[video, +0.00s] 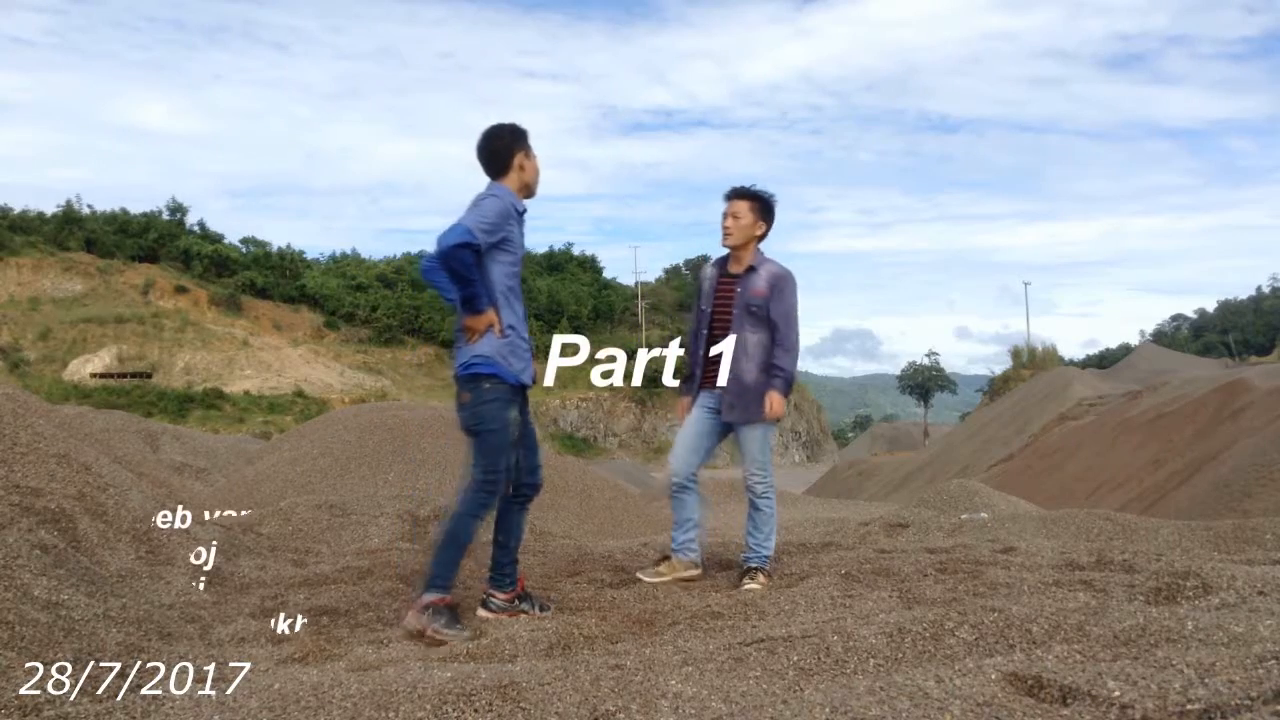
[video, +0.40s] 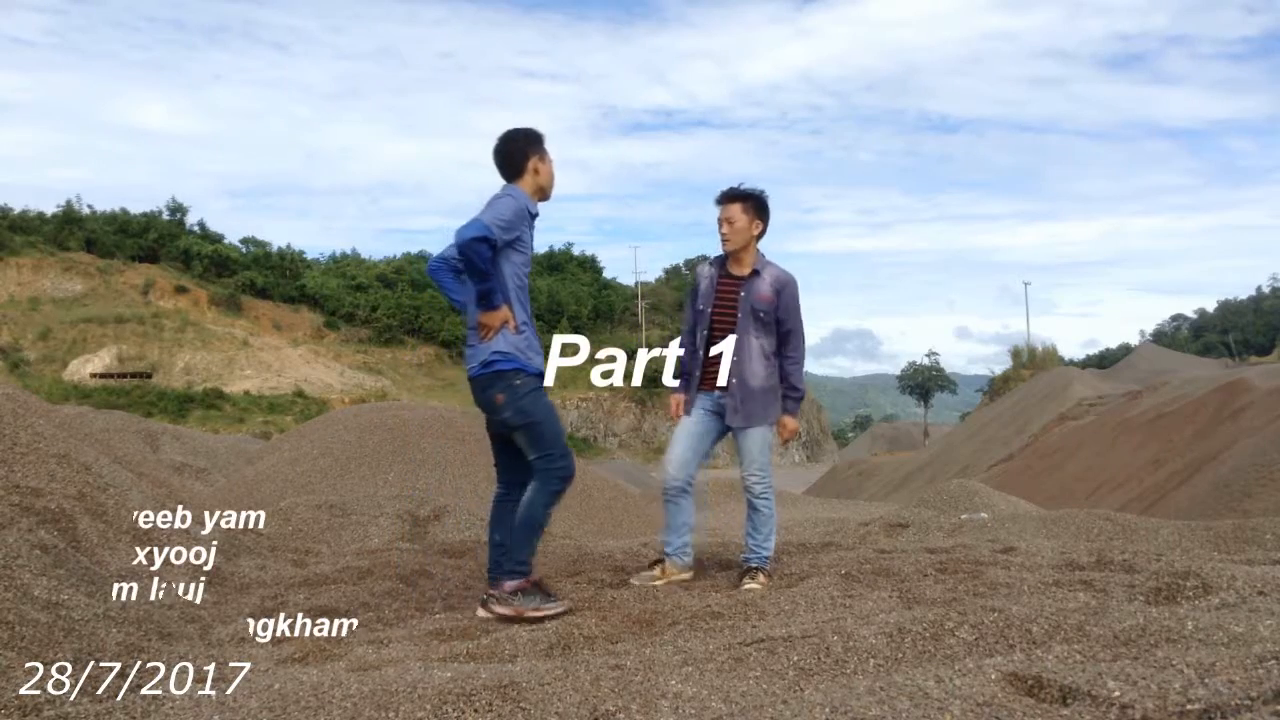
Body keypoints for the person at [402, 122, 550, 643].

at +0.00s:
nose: (538, 166)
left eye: (533, 157)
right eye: (533, 156)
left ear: (500, 165)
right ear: (520, 161)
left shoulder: (497, 209)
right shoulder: (499, 203)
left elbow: (432, 267)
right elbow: (450, 248)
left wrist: (473, 312)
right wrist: (474, 308)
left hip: (504, 378)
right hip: (489, 376)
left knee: (524, 480)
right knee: (487, 485)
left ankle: (504, 591)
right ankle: (432, 600)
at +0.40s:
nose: (553, 170)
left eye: (550, 160)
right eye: (549, 160)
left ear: (512, 168)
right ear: (536, 164)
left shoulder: (496, 210)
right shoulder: (516, 203)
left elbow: (440, 265)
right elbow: (472, 239)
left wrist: (474, 312)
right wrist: (492, 303)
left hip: (489, 371)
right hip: (509, 368)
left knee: (513, 479)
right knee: (555, 468)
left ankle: (501, 587)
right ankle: (514, 582)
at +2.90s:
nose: (472, 147)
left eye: (470, 136)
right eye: (469, 136)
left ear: (429, 132)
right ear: (452, 133)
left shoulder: (411, 180)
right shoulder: (416, 175)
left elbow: (443, 249)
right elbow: (454, 241)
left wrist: (461, 225)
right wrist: (530, 195)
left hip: (418, 375)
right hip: (405, 374)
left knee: (480, 465)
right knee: (394, 504)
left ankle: (440, 586)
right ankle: (348, 634)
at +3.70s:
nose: (590, 152)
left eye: (586, 143)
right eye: (581, 142)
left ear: (563, 152)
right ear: (559, 148)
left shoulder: (581, 218)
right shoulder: (513, 200)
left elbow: (628, 239)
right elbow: (484, 276)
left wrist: (685, 250)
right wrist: (514, 343)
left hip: (559, 376)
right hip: (511, 374)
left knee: (556, 491)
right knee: (511, 489)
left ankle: (556, 593)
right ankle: (461, 609)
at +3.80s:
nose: (574, 148)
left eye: (571, 138)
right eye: (566, 138)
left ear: (548, 145)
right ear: (544, 143)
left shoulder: (562, 211)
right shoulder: (492, 203)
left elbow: (606, 228)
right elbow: (472, 285)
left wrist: (660, 227)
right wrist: (511, 346)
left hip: (550, 377)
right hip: (501, 378)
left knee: (551, 491)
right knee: (507, 493)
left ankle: (556, 593)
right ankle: (461, 612)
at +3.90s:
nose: (559, 146)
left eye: (557, 136)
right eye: (552, 136)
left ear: (534, 139)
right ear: (529, 139)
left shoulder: (542, 208)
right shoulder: (478, 200)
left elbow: (576, 246)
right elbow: (461, 290)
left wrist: (641, 237)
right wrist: (492, 356)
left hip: (539, 375)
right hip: (492, 377)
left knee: (550, 488)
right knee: (503, 494)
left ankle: (557, 592)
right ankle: (459, 613)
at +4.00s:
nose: (549, 139)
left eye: (546, 129)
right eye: (544, 129)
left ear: (518, 135)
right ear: (525, 133)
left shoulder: (524, 201)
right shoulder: (470, 196)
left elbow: (538, 269)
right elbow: (453, 285)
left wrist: (605, 288)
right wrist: (460, 368)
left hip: (527, 372)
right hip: (484, 375)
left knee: (545, 481)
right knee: (496, 489)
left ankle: (550, 590)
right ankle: (460, 611)